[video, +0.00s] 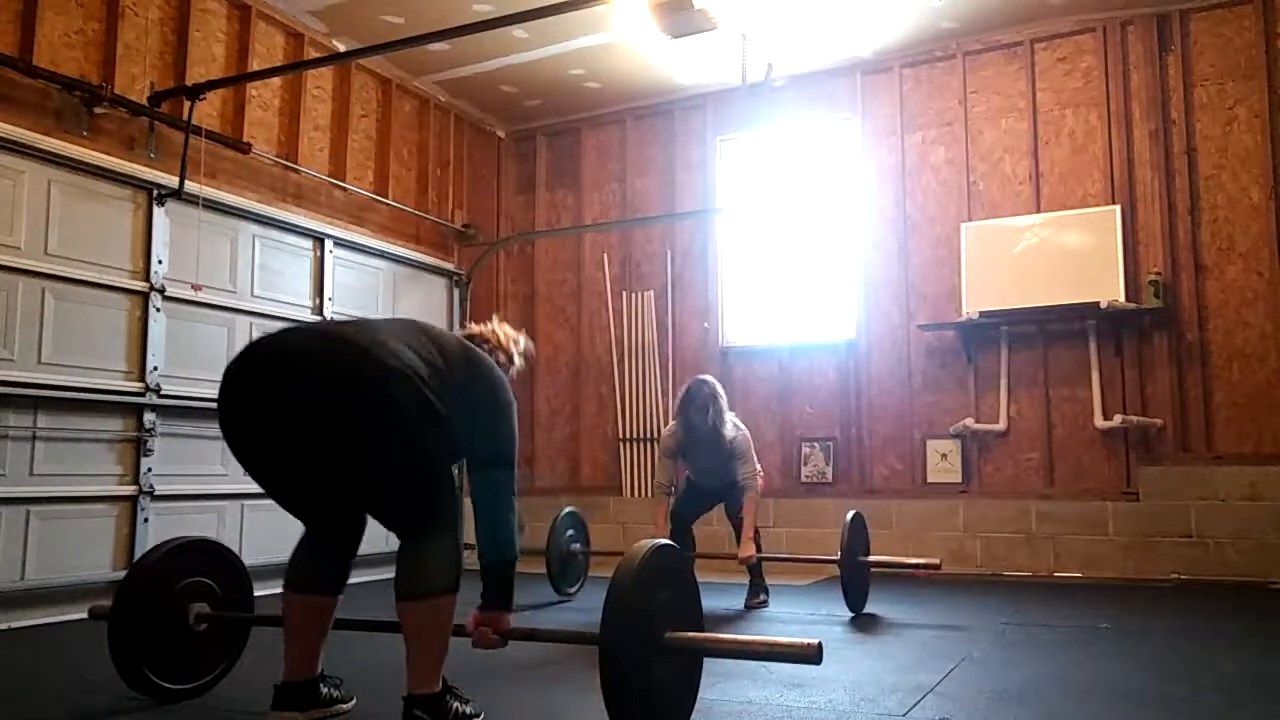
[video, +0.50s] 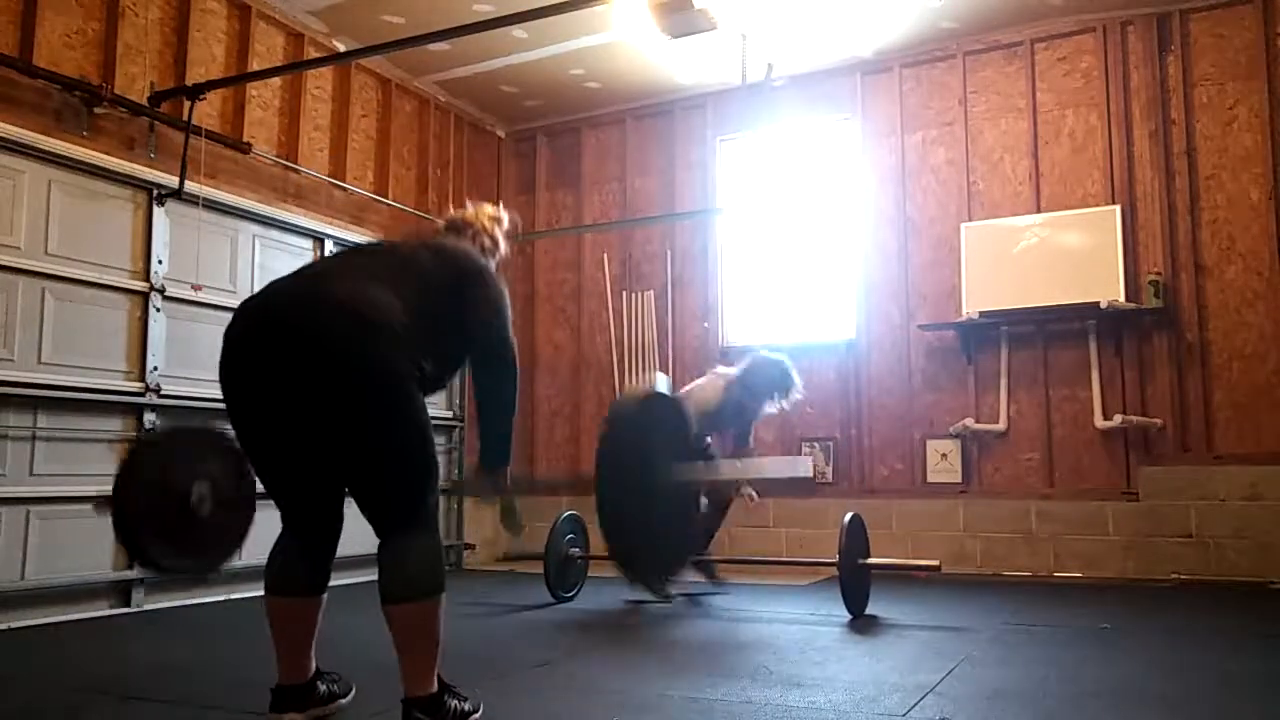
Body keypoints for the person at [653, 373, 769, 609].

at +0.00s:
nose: (706, 418)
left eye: (711, 410)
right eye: (700, 411)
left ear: (719, 407)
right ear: (687, 409)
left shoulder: (735, 434)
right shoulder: (673, 437)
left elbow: (751, 484)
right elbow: (662, 487)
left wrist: (748, 539)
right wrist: (661, 535)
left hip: (734, 486)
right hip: (700, 487)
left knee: (741, 521)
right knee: (679, 518)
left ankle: (757, 585)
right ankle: (684, 584)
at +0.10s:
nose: (714, 427)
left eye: (719, 421)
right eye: (706, 421)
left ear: (728, 413)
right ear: (696, 412)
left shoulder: (739, 430)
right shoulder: (674, 431)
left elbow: (759, 477)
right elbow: (663, 484)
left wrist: (751, 529)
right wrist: (662, 534)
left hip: (732, 481)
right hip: (694, 481)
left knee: (739, 521)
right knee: (678, 523)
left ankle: (757, 585)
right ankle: (683, 585)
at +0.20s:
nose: (736, 415)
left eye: (739, 409)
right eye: (730, 409)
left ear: (743, 403)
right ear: (712, 399)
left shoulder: (746, 420)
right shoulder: (681, 416)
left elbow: (759, 465)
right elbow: (664, 466)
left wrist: (752, 503)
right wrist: (662, 506)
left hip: (724, 464)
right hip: (686, 464)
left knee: (737, 520)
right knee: (677, 526)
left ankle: (756, 584)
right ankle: (672, 587)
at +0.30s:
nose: (739, 400)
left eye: (745, 395)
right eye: (736, 393)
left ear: (750, 393)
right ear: (726, 384)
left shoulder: (748, 404)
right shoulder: (689, 401)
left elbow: (748, 446)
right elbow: (665, 446)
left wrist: (749, 486)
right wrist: (660, 485)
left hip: (711, 454)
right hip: (679, 455)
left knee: (734, 513)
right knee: (679, 511)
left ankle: (752, 577)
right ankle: (676, 572)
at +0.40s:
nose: (763, 401)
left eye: (765, 395)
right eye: (763, 394)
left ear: (758, 389)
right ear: (743, 382)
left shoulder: (747, 400)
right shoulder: (703, 389)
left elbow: (740, 439)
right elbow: (662, 431)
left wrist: (743, 475)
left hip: (701, 443)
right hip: (669, 445)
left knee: (732, 494)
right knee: (686, 509)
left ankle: (729, 562)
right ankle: (680, 574)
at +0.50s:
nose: (769, 400)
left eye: (773, 396)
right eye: (770, 394)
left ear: (766, 391)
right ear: (759, 383)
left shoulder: (750, 402)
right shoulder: (717, 387)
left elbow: (742, 443)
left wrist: (743, 482)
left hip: (699, 437)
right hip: (672, 435)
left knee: (723, 493)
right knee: (684, 499)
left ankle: (699, 551)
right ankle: (656, 567)